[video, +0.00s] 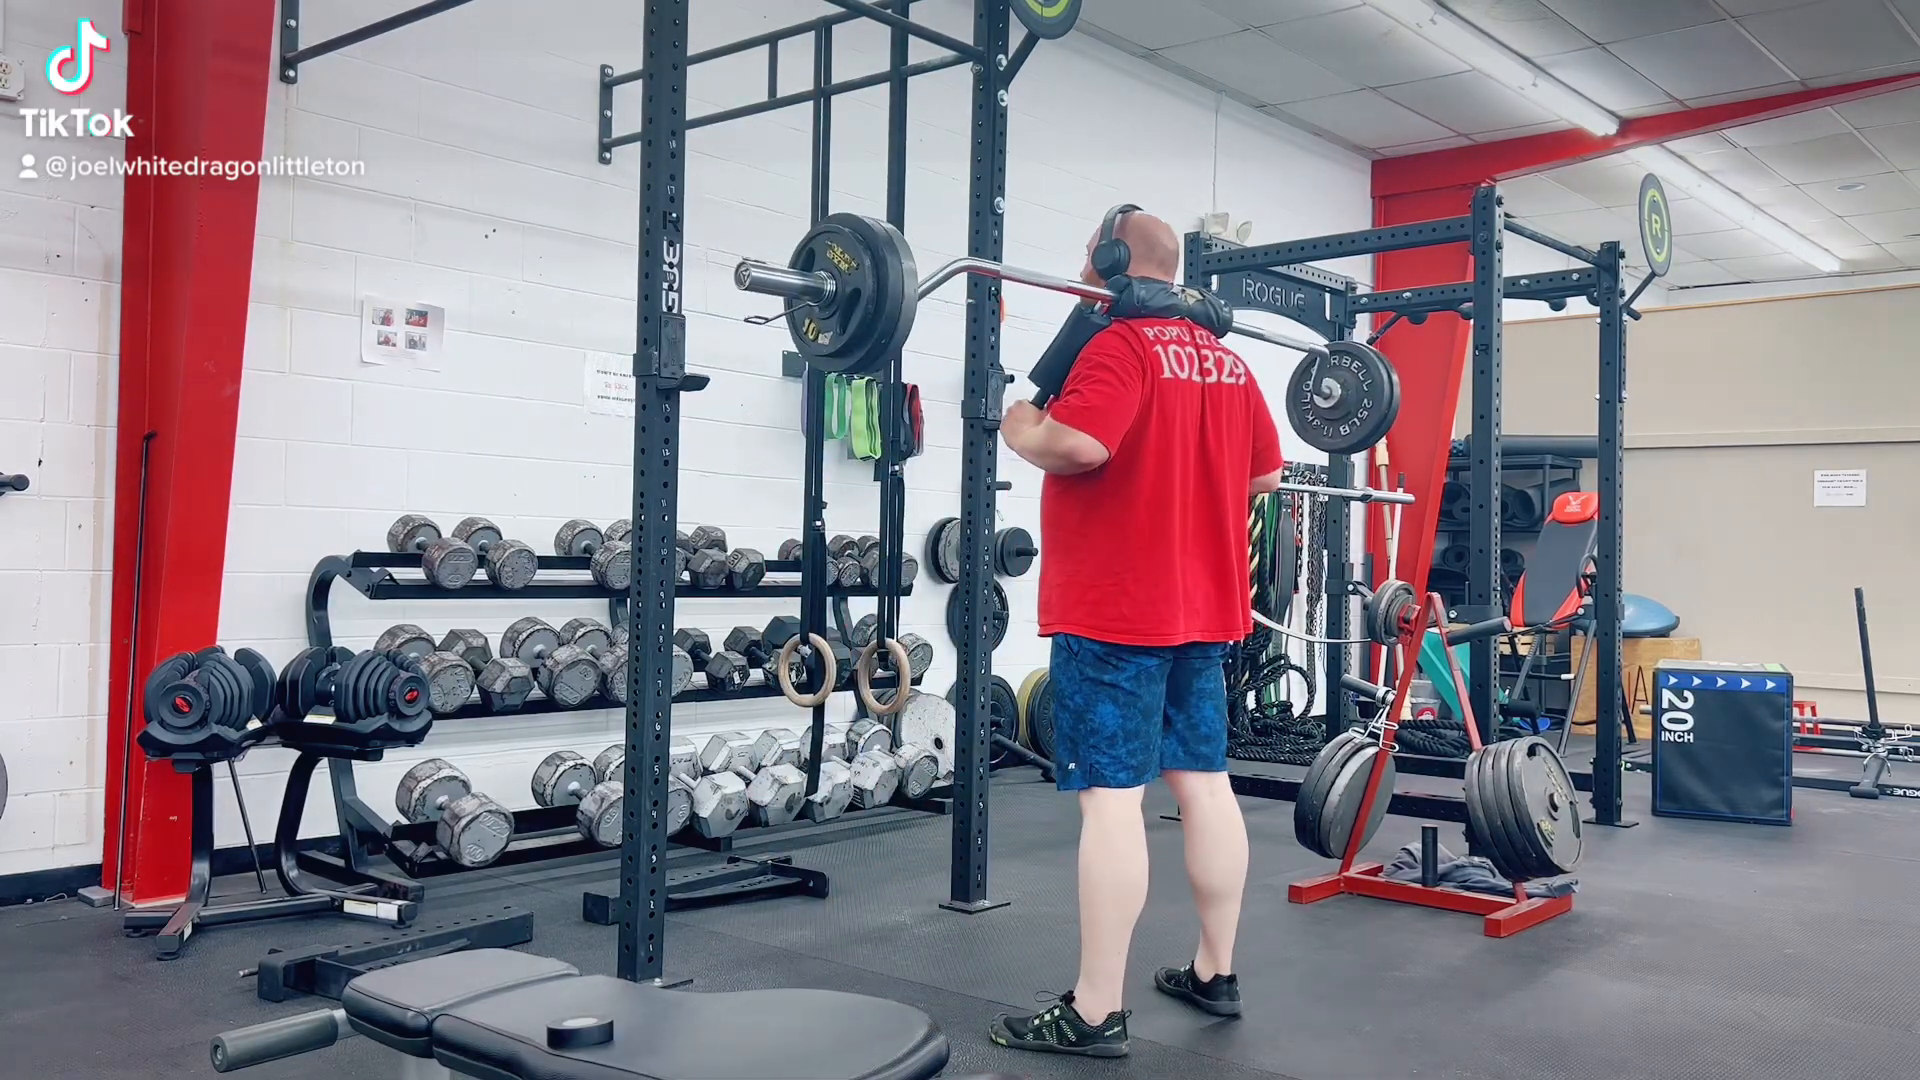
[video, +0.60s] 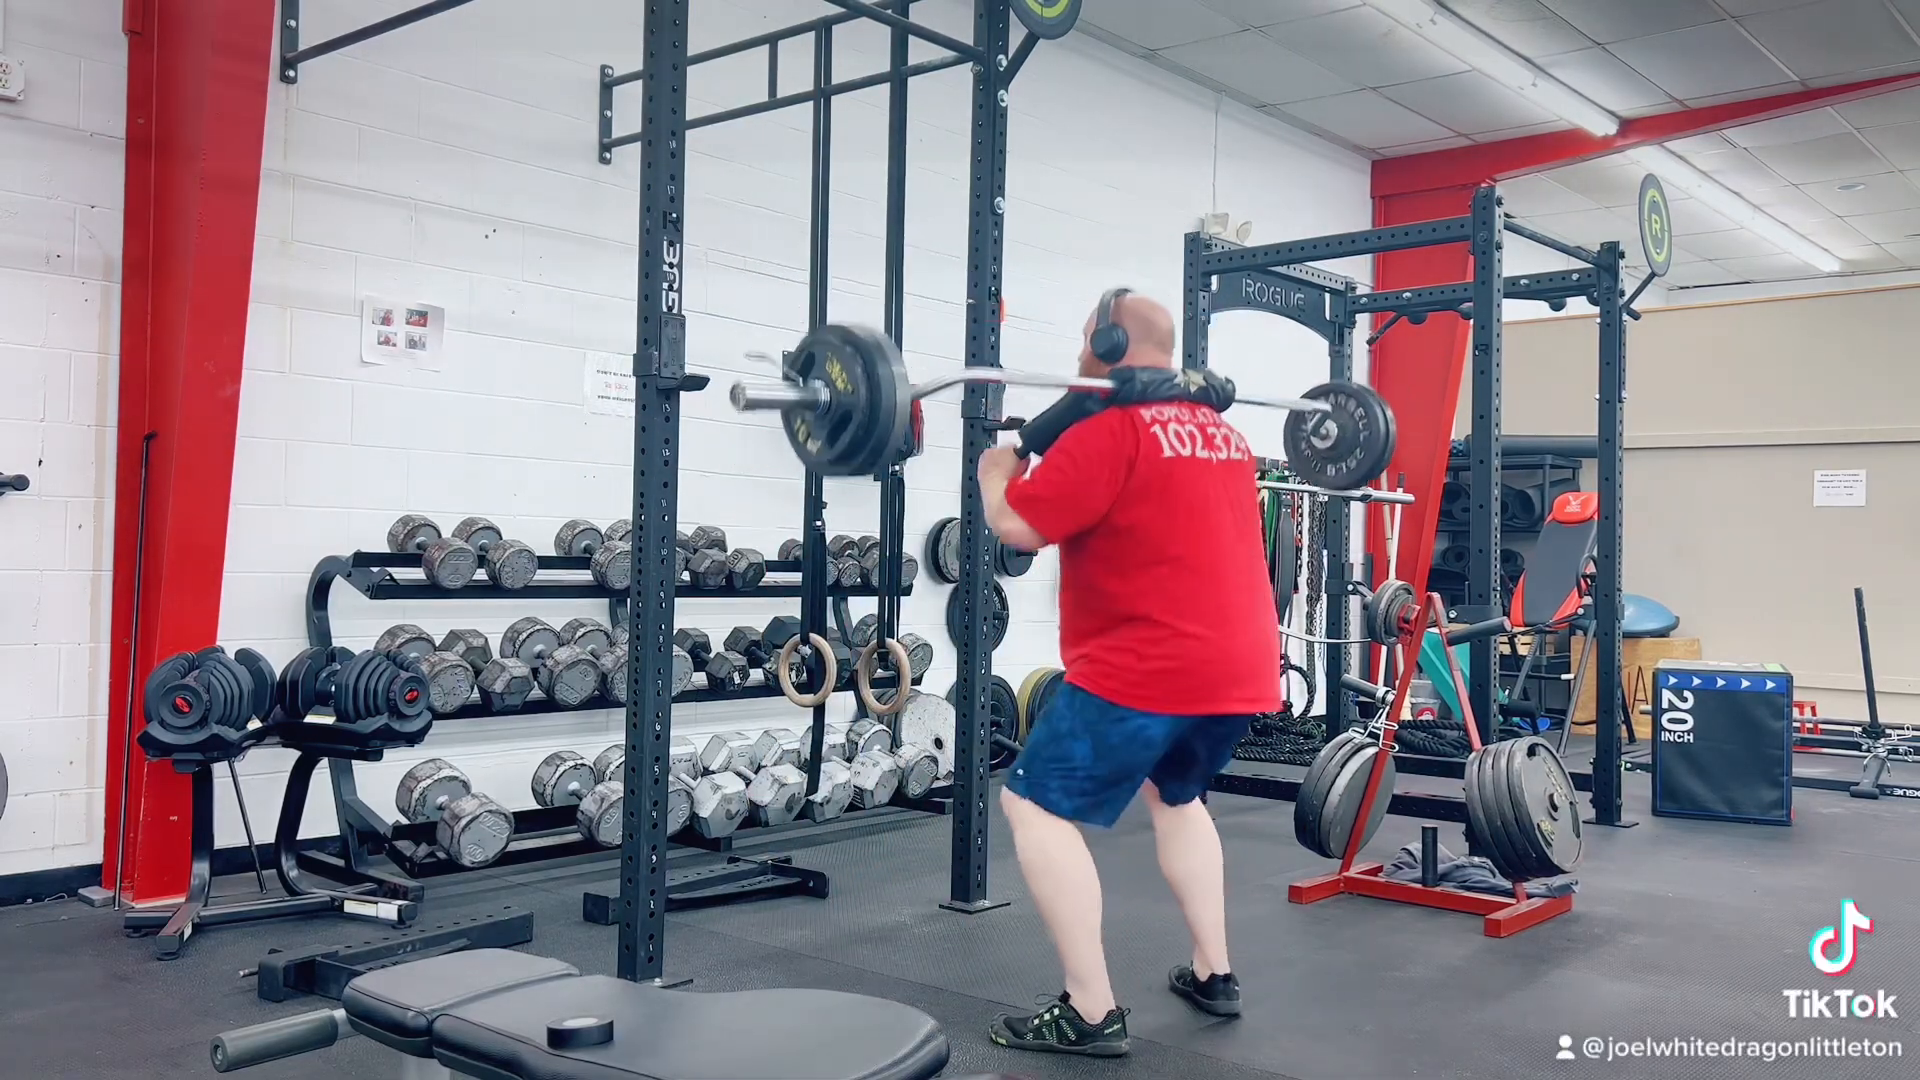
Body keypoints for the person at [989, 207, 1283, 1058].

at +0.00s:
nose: (1086, 286)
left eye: (1088, 274)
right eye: (1089, 274)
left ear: (1104, 277)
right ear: (1175, 275)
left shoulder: (1119, 343)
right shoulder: (1228, 360)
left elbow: (1084, 444)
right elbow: (1265, 471)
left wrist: (1025, 427)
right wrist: (1180, 478)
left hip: (1117, 608)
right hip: (1207, 609)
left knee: (1111, 796)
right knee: (1204, 780)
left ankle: (1095, 1009)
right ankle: (1217, 974)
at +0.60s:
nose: (1078, 358)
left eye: (1083, 345)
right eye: (1082, 344)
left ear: (1103, 352)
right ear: (1167, 352)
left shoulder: (1112, 429)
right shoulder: (1223, 430)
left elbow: (1015, 526)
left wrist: (994, 471)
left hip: (1142, 667)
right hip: (1243, 669)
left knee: (1034, 799)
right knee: (1176, 792)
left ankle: (1091, 1007)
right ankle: (1215, 974)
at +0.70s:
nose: (1067, 436)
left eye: (1072, 422)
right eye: (1070, 423)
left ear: (1092, 429)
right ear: (1158, 430)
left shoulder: (1108, 504)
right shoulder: (1212, 497)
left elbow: (1006, 597)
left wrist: (990, 540)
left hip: (1160, 728)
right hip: (1261, 730)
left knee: (1014, 810)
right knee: (1172, 808)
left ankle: (1090, 1009)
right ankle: (1214, 975)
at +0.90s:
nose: (1066, 560)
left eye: (1069, 549)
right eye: (1071, 548)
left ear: (1082, 556)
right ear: (1149, 555)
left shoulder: (1101, 627)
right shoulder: (1201, 612)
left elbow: (995, 723)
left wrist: (978, 660)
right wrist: (1075, 615)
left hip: (1190, 845)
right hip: (1274, 843)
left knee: (988, 820)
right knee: (1156, 784)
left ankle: (1088, 1009)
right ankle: (1211, 973)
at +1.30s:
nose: (1064, 451)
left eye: (1067, 440)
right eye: (1067, 440)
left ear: (1084, 445)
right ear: (1153, 442)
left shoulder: (1104, 513)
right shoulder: (1211, 508)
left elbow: (1014, 611)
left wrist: (987, 562)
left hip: (1162, 730)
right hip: (1265, 730)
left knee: (1011, 807)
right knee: (1166, 806)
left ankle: (1089, 1009)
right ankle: (1212, 974)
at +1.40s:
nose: (1073, 374)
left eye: (1077, 362)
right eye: (1075, 362)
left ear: (1096, 364)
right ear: (1162, 360)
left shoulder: (1112, 429)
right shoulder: (1218, 433)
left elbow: (1021, 526)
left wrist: (996, 481)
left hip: (1151, 658)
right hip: (1249, 660)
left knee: (1033, 795)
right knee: (1175, 788)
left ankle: (1089, 1007)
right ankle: (1212, 973)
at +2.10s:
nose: (1069, 473)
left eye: (1071, 463)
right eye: (1074, 462)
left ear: (1083, 467)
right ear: (1157, 463)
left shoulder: (1107, 534)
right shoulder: (1208, 524)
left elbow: (1013, 639)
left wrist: (983, 569)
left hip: (1179, 753)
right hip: (1274, 753)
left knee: (1009, 810)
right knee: (1178, 811)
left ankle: (1090, 1011)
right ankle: (1214, 974)